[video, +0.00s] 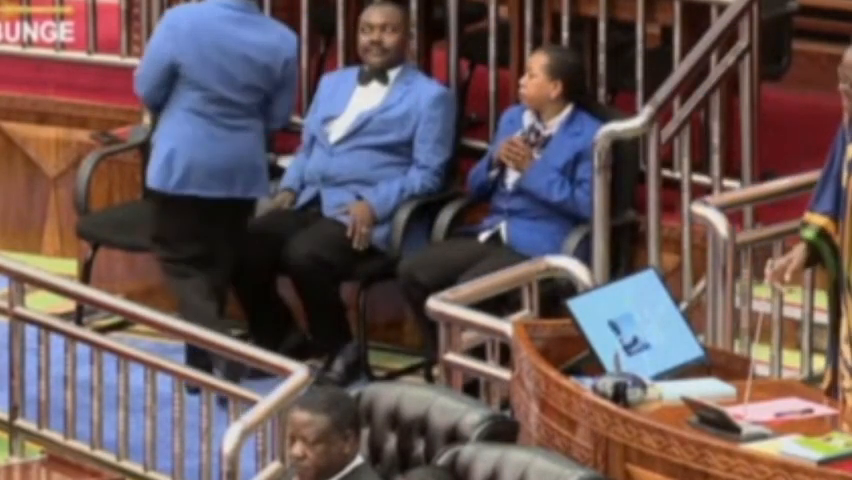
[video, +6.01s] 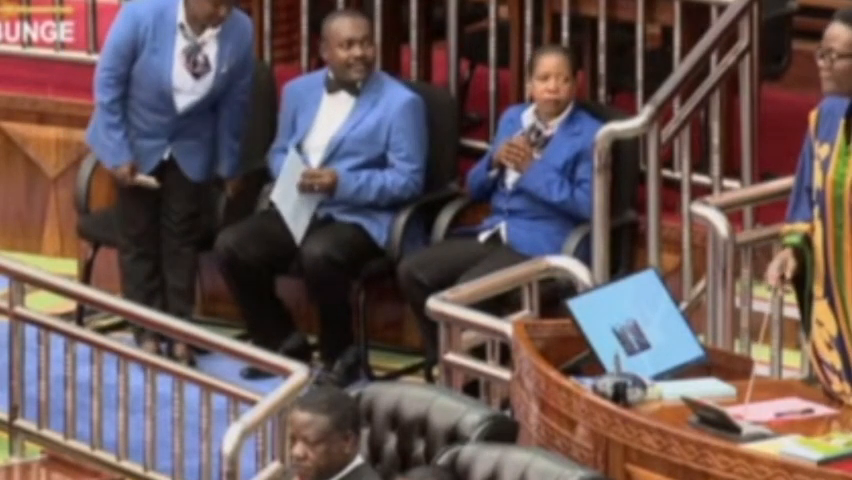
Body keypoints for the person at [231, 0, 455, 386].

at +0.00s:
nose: (376, 38)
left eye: (388, 30)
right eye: (368, 29)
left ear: (406, 39)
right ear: (358, 36)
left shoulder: (430, 96)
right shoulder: (331, 84)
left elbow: (429, 174)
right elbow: (306, 151)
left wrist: (374, 205)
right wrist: (287, 191)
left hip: (368, 216)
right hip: (312, 206)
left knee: (307, 255)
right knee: (246, 245)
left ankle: (337, 350)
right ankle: (278, 340)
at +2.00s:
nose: (316, 47)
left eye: (327, 41)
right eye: (318, 39)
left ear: (357, 55)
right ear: (349, 53)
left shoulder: (384, 110)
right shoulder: (326, 84)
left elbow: (370, 198)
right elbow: (315, 138)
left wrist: (297, 230)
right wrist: (278, 144)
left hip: (362, 222)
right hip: (308, 205)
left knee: (315, 257)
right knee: (233, 246)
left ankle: (341, 359)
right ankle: (280, 341)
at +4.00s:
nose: (351, 51)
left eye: (360, 42)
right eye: (339, 43)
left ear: (372, 45)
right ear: (319, 48)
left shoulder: (397, 101)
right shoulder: (296, 91)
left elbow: (400, 181)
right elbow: (278, 151)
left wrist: (324, 186)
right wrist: (291, 179)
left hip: (363, 219)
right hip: (299, 214)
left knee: (316, 256)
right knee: (235, 249)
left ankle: (339, 357)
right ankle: (281, 345)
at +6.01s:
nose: (358, 53)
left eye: (365, 43)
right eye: (346, 45)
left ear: (375, 47)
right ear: (325, 51)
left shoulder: (400, 103)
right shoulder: (298, 92)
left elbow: (408, 181)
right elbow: (277, 153)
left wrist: (340, 183)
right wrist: (296, 176)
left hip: (360, 216)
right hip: (296, 209)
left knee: (321, 256)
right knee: (235, 248)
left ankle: (339, 357)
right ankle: (281, 344)